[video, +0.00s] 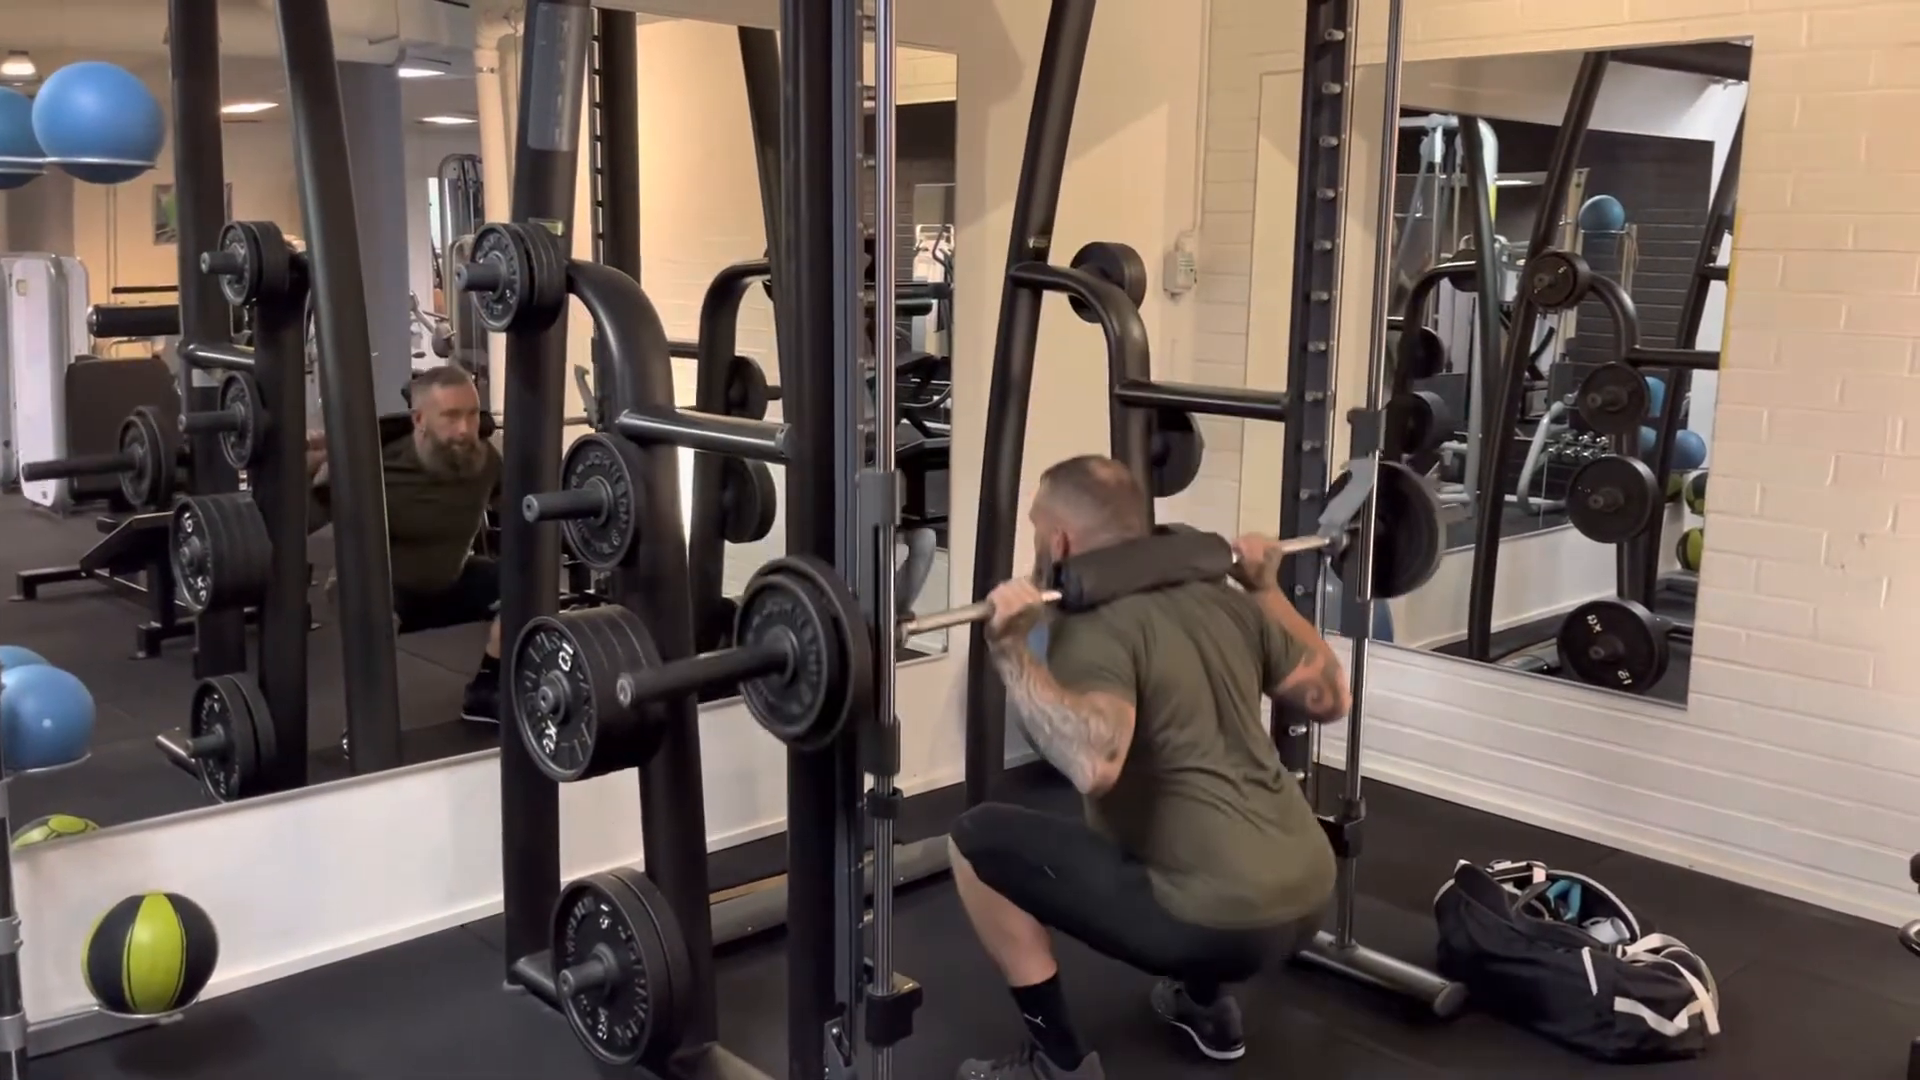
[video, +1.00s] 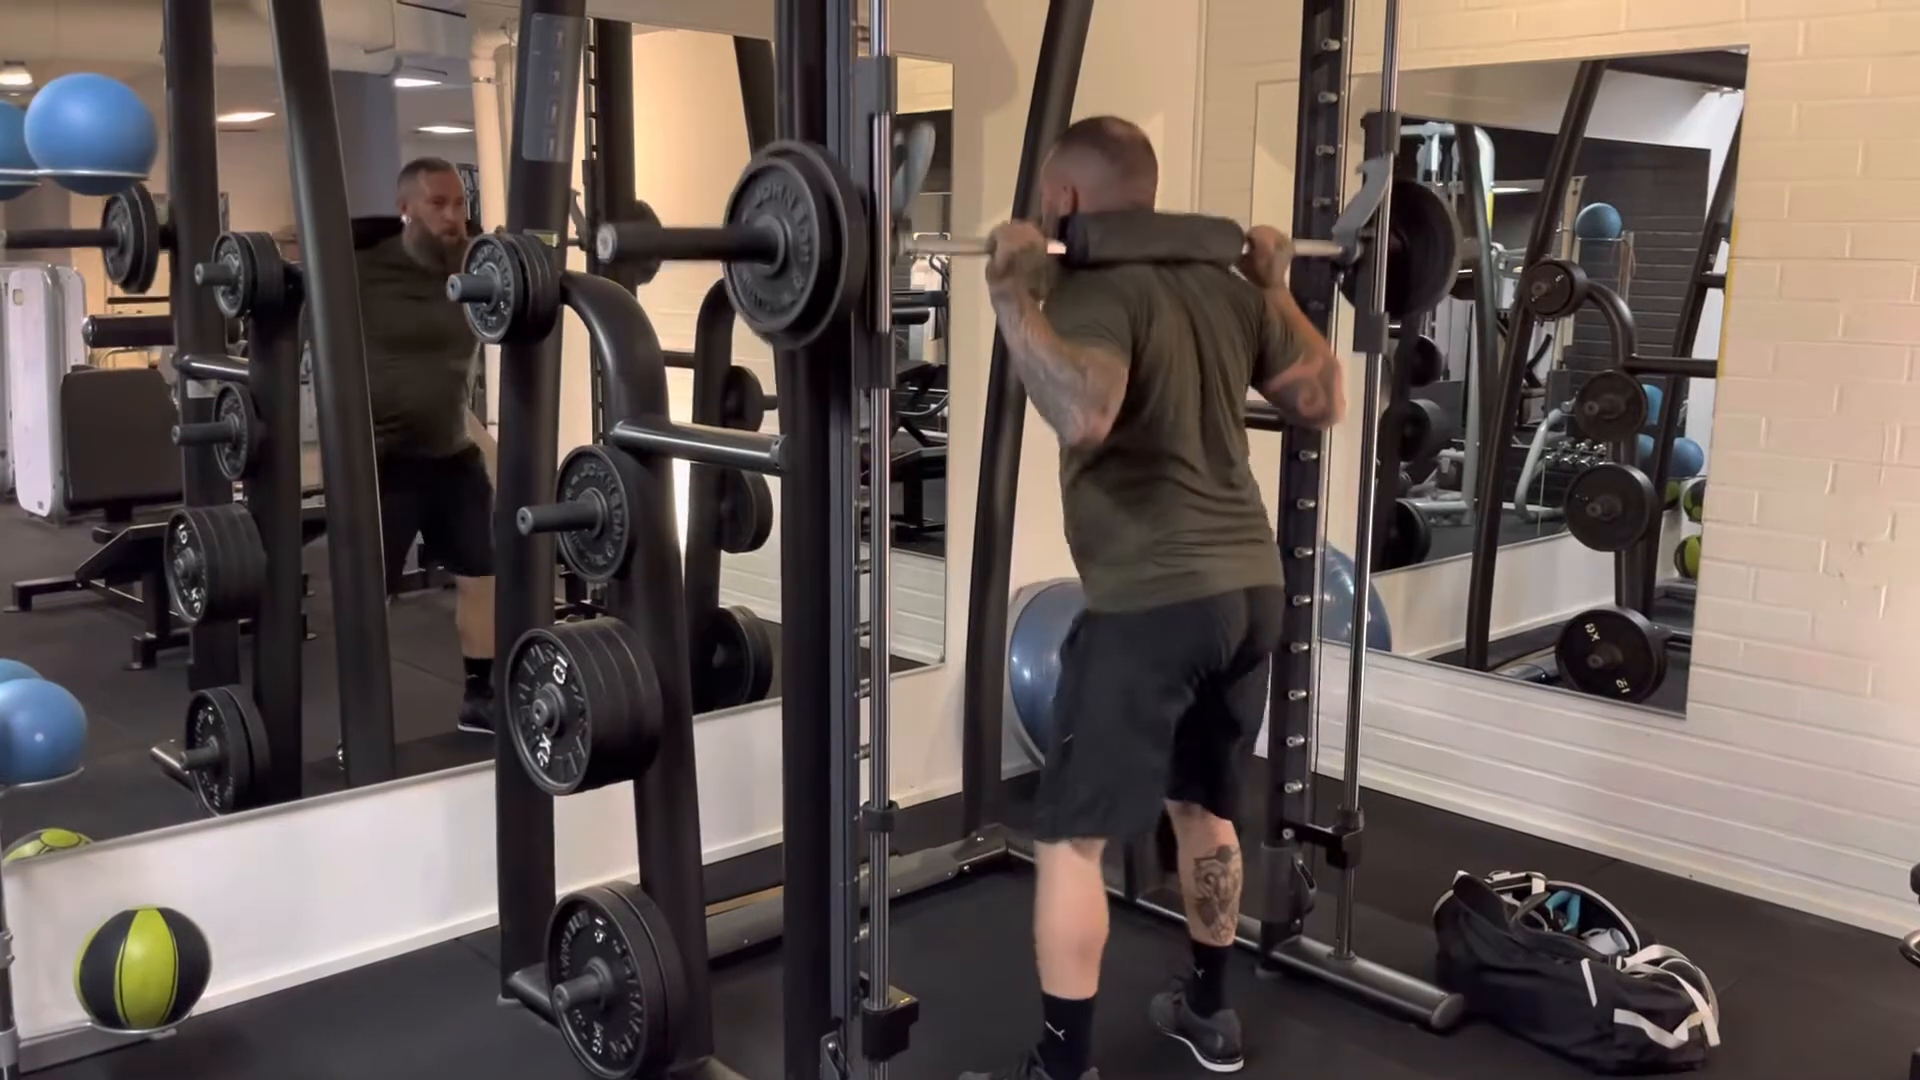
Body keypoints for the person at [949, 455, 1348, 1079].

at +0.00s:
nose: (1036, 551)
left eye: (1037, 533)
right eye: (1035, 532)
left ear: (1063, 544)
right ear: (1138, 529)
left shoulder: (1099, 620)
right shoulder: (1221, 597)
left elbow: (1094, 762)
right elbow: (1329, 697)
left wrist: (1009, 648)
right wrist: (1267, 589)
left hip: (1208, 920)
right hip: (1305, 898)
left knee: (977, 838)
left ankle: (1057, 1055)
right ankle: (1209, 1007)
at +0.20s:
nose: (1035, 553)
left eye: (1036, 536)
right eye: (1034, 534)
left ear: (1061, 545)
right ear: (1136, 529)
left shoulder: (1098, 620)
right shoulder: (1219, 598)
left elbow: (1091, 765)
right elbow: (1326, 700)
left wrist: (1008, 650)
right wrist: (1265, 592)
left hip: (1208, 919)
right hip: (1305, 897)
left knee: (973, 843)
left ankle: (1054, 1057)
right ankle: (1207, 1009)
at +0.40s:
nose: (1036, 489)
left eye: (1037, 475)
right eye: (1035, 474)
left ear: (1060, 485)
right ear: (1137, 472)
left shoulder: (1098, 565)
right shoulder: (1224, 551)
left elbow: (1094, 698)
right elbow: (1328, 647)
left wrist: (1009, 585)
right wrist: (1267, 540)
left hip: (1209, 855)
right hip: (1311, 843)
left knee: (981, 843)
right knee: (1154, 805)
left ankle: (1053, 1055)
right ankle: (1203, 999)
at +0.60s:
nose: (1039, 409)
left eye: (1041, 394)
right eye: (1040, 395)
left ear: (1062, 400)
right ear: (1140, 388)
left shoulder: (1100, 480)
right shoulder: (1228, 474)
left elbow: (1090, 610)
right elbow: (1325, 567)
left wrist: (1007, 495)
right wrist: (1269, 462)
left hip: (1202, 778)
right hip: (1301, 765)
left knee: (992, 844)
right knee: (1162, 799)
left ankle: (1053, 1056)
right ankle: (1204, 1004)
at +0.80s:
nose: (1048, 303)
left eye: (1049, 289)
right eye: (1049, 289)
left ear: (1070, 289)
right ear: (1145, 284)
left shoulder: (1097, 375)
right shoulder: (1225, 366)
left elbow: (1087, 507)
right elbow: (1328, 478)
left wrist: (1011, 397)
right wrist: (1272, 372)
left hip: (1180, 677)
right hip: (1275, 663)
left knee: (1012, 840)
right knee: (1183, 815)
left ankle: (1057, 1060)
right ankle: (1208, 1015)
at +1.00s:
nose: (1041, 211)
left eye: (1044, 195)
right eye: (1045, 196)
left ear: (1069, 194)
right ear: (1148, 192)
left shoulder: (1099, 283)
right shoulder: (1225, 279)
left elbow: (1084, 413)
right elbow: (1317, 398)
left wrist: (1010, 289)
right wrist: (1275, 285)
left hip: (1151, 600)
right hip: (1250, 591)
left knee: (1075, 832)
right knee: (1203, 794)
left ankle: (1062, 1063)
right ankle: (1212, 1012)